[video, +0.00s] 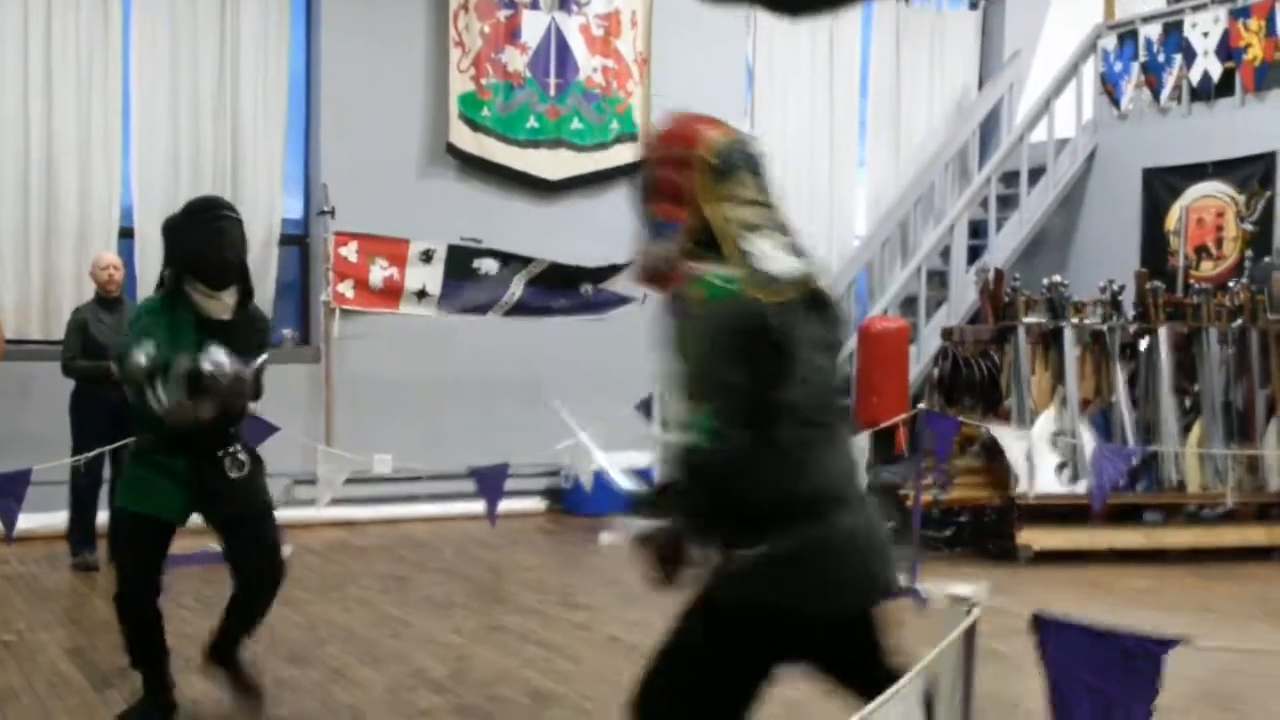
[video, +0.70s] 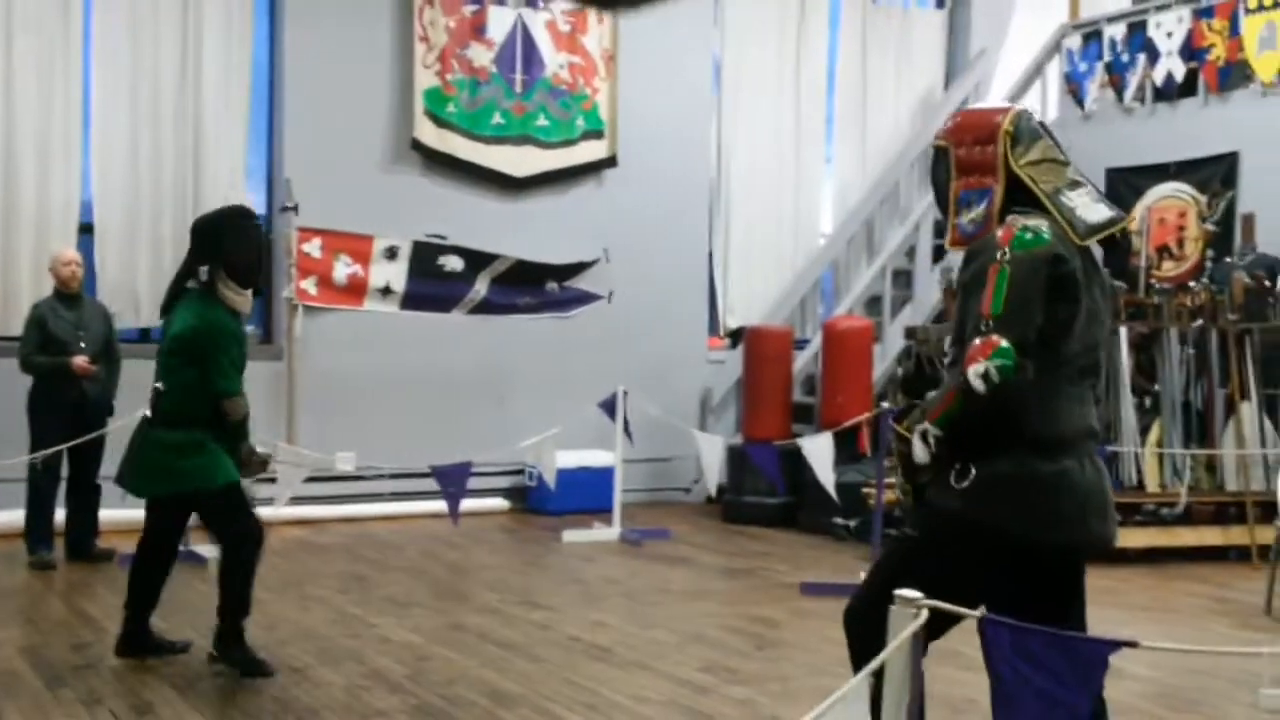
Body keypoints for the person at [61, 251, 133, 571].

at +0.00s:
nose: (111, 274)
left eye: (116, 268)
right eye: (105, 269)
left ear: (124, 273)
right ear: (93, 275)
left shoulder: (135, 315)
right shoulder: (82, 317)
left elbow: (147, 352)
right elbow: (69, 364)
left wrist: (133, 370)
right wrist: (108, 368)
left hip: (129, 406)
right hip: (91, 406)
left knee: (126, 478)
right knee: (87, 478)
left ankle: (123, 549)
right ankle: (83, 548)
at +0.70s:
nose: (73, 270)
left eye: (78, 264)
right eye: (67, 264)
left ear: (84, 271)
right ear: (53, 271)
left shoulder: (98, 311)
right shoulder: (42, 311)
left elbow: (112, 358)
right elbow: (27, 360)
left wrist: (106, 396)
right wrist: (67, 363)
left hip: (91, 406)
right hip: (50, 407)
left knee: (86, 479)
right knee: (44, 476)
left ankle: (82, 544)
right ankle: (40, 547)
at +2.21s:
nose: (28, 262)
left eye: (31, 256)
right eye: (20, 256)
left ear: (37, 263)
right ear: (5, 265)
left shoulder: (49, 304)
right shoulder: (1, 303)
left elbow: (64, 350)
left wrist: (59, 389)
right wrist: (19, 357)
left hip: (42, 402)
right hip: (5, 402)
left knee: (37, 475)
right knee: (2, 474)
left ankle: (33, 541)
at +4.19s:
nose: (27, 261)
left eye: (30, 256)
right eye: (20, 256)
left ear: (36, 262)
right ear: (5, 265)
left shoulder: (49, 304)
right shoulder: (3, 303)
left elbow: (63, 351)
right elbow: (0, 354)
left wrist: (58, 390)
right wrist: (20, 359)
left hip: (42, 402)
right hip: (6, 403)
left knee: (40, 476)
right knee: (3, 476)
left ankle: (32, 541)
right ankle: (1, 544)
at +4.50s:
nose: (21, 263)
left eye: (24, 257)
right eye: (13, 257)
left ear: (30, 264)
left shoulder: (41, 305)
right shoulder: (1, 303)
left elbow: (56, 351)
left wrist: (52, 389)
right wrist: (15, 360)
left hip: (37, 400)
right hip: (2, 402)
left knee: (45, 469)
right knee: (1, 474)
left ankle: (33, 538)